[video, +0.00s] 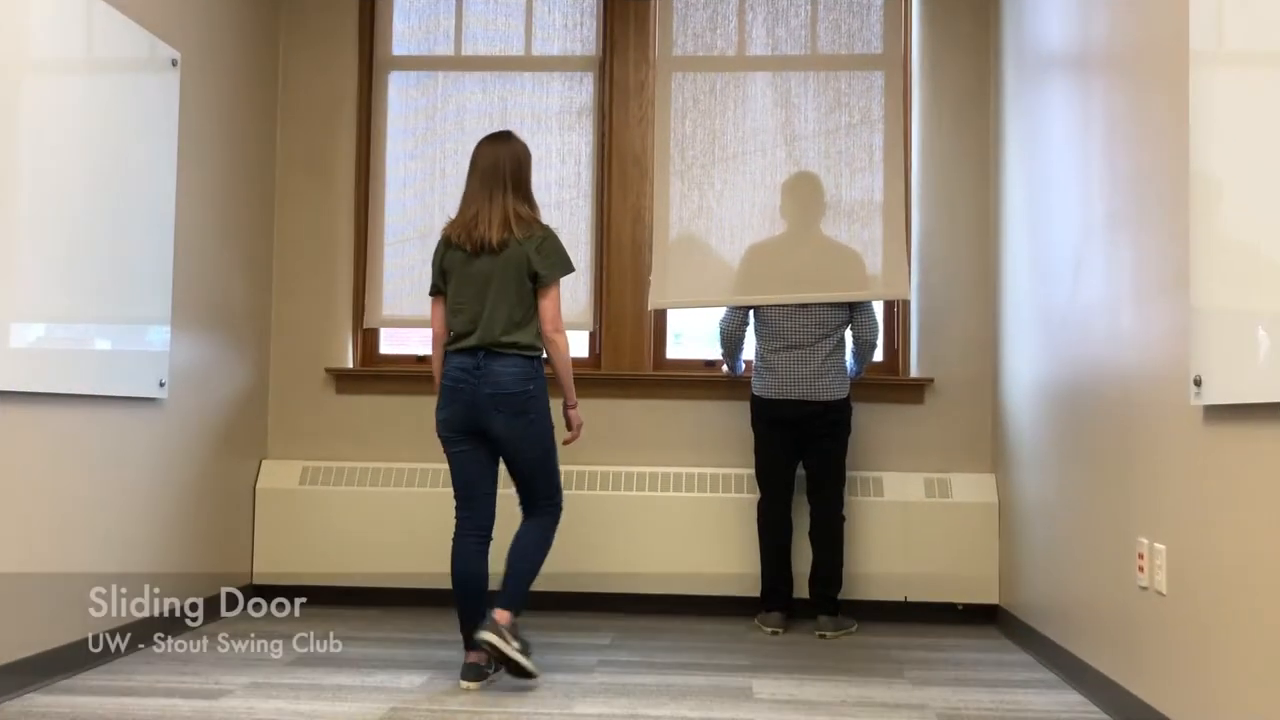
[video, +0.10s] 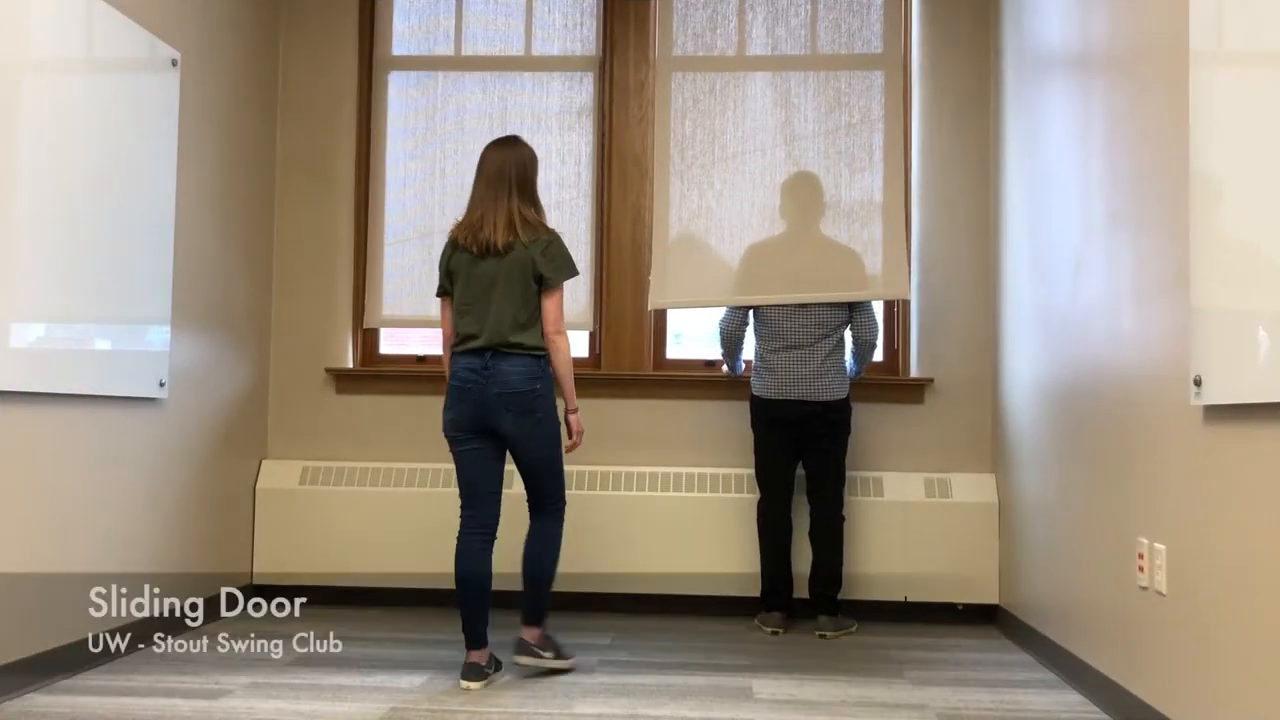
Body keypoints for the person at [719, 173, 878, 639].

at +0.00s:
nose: (800, 210)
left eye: (794, 201)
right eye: (808, 201)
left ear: (783, 206)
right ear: (822, 206)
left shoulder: (759, 256)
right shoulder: (845, 259)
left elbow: (732, 324)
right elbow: (867, 329)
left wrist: (733, 362)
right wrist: (855, 368)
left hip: (772, 398)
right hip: (827, 398)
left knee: (773, 503)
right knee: (827, 506)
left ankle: (774, 610)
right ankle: (826, 612)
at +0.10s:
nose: (799, 211)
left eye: (794, 201)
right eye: (807, 201)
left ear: (783, 206)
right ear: (821, 206)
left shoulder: (759, 256)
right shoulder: (845, 259)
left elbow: (732, 323)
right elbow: (867, 328)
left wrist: (733, 362)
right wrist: (855, 368)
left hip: (772, 398)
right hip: (827, 397)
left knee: (773, 503)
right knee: (827, 507)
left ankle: (774, 610)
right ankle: (827, 612)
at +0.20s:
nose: (800, 211)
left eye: (794, 201)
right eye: (808, 201)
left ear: (783, 206)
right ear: (821, 207)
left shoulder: (758, 256)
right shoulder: (845, 259)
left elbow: (731, 324)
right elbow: (867, 328)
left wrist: (733, 362)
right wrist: (855, 368)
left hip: (772, 397)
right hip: (827, 398)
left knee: (773, 504)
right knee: (826, 505)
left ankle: (774, 611)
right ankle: (826, 612)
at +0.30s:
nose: (802, 211)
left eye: (795, 202)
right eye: (809, 201)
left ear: (783, 206)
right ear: (821, 207)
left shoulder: (758, 256)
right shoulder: (844, 259)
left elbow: (731, 324)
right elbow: (867, 327)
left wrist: (733, 362)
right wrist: (856, 368)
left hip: (771, 398)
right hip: (827, 398)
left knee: (773, 505)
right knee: (826, 507)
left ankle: (774, 611)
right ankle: (827, 613)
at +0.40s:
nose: (802, 212)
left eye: (795, 202)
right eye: (809, 202)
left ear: (783, 207)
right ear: (820, 207)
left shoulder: (758, 256)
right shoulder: (844, 259)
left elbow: (730, 325)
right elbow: (866, 330)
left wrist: (733, 362)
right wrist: (855, 368)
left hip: (771, 398)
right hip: (827, 398)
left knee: (773, 505)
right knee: (826, 506)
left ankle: (774, 611)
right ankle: (826, 612)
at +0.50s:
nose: (798, 211)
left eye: (792, 202)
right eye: (806, 202)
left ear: (782, 207)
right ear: (820, 207)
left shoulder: (758, 256)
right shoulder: (843, 259)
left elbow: (731, 324)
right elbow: (866, 328)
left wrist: (733, 362)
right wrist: (854, 369)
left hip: (771, 398)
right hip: (826, 398)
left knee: (773, 504)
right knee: (826, 506)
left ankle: (774, 611)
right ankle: (825, 612)